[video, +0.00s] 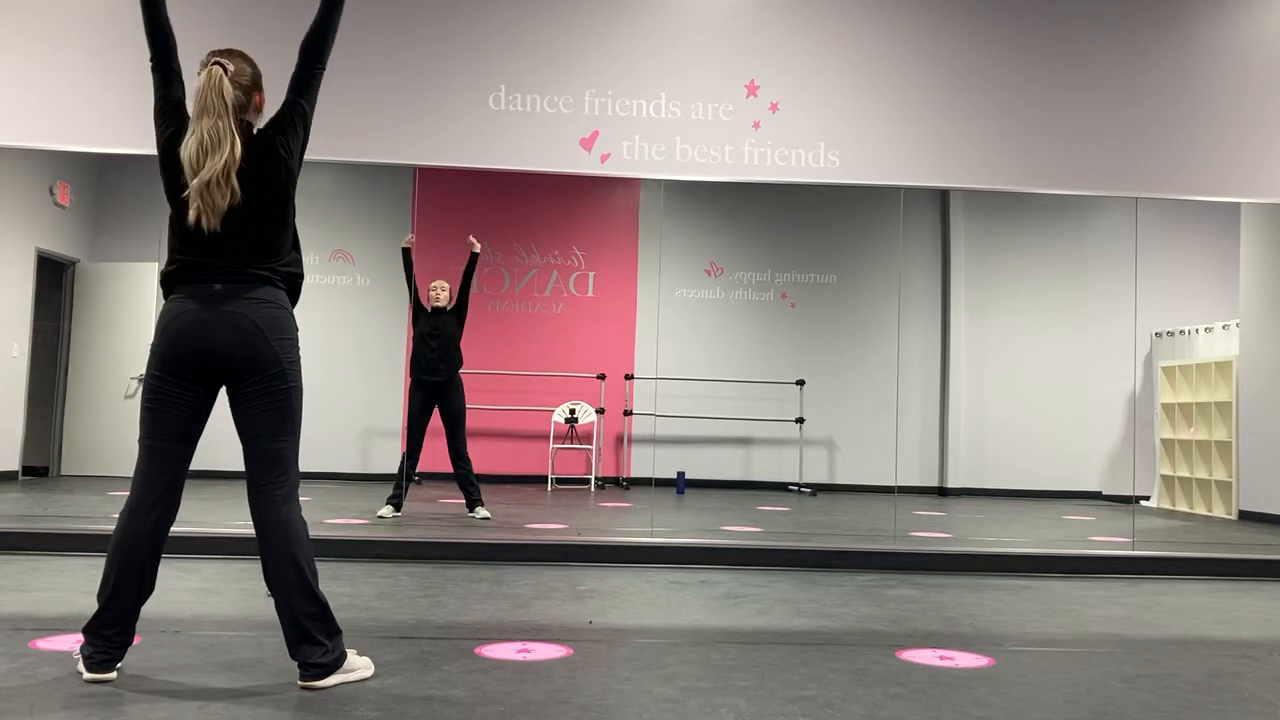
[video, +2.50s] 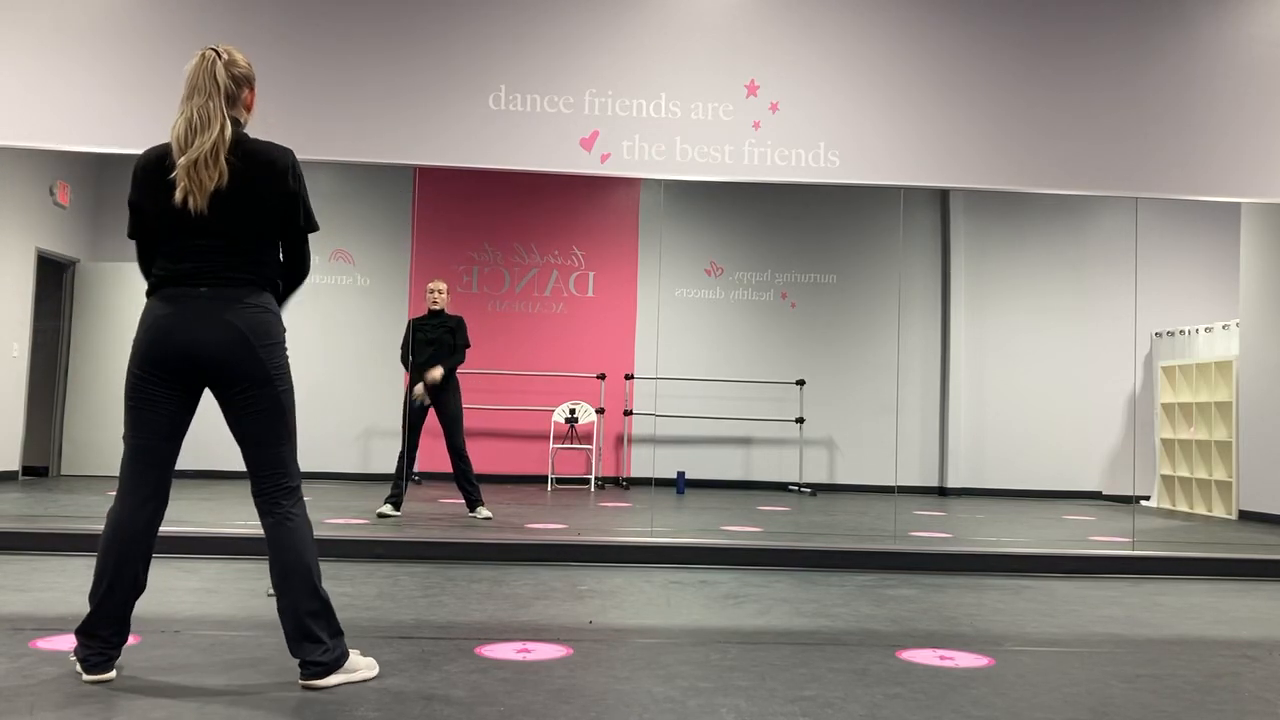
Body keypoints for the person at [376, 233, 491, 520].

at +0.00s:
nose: (437, 291)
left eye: (442, 289)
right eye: (434, 288)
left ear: (450, 296)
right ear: (428, 295)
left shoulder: (456, 316)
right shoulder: (420, 315)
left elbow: (465, 286)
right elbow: (410, 283)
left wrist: (474, 254)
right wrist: (406, 249)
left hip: (450, 387)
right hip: (421, 387)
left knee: (458, 447)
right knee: (412, 448)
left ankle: (475, 504)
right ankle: (394, 503)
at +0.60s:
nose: (438, 294)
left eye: (443, 290)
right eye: (434, 290)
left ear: (451, 297)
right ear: (428, 296)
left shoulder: (459, 319)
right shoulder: (417, 319)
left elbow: (485, 297)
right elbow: (392, 297)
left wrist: (510, 275)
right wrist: (370, 273)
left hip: (451, 389)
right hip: (421, 389)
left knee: (458, 449)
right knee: (412, 449)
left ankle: (475, 505)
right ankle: (394, 504)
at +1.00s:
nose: (437, 295)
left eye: (442, 292)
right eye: (433, 292)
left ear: (450, 298)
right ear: (428, 297)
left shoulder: (459, 323)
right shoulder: (415, 323)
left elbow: (492, 315)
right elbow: (382, 314)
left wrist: (525, 308)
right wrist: (351, 304)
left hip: (450, 390)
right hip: (421, 390)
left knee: (458, 450)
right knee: (412, 449)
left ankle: (475, 505)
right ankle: (394, 504)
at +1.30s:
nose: (437, 297)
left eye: (442, 294)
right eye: (433, 293)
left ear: (449, 299)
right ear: (427, 299)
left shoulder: (459, 324)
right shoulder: (416, 327)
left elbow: (492, 331)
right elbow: (383, 334)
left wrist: (525, 336)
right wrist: (349, 338)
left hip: (450, 391)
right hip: (421, 391)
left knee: (458, 449)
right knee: (412, 449)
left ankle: (475, 505)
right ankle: (394, 504)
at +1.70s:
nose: (437, 297)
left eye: (442, 293)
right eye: (433, 293)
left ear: (449, 298)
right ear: (426, 298)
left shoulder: (458, 326)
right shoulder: (417, 328)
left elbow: (479, 350)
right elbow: (395, 353)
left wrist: (503, 373)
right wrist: (367, 375)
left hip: (450, 390)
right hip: (421, 391)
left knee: (458, 449)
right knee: (412, 449)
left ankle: (475, 505)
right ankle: (394, 504)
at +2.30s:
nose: (435, 296)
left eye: (439, 293)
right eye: (431, 292)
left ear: (447, 297)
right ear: (425, 297)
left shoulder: (457, 323)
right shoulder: (415, 325)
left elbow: (463, 359)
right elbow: (406, 360)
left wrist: (461, 388)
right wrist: (396, 390)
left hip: (447, 391)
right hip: (418, 391)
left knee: (456, 449)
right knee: (411, 448)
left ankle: (474, 505)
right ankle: (394, 503)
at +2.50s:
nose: (435, 295)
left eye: (440, 292)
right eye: (431, 291)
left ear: (447, 297)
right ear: (425, 296)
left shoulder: (456, 322)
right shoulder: (414, 324)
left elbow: (460, 354)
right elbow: (405, 355)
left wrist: (441, 368)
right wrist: (417, 379)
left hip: (446, 388)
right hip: (418, 388)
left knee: (457, 446)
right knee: (408, 446)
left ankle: (475, 504)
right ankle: (393, 503)